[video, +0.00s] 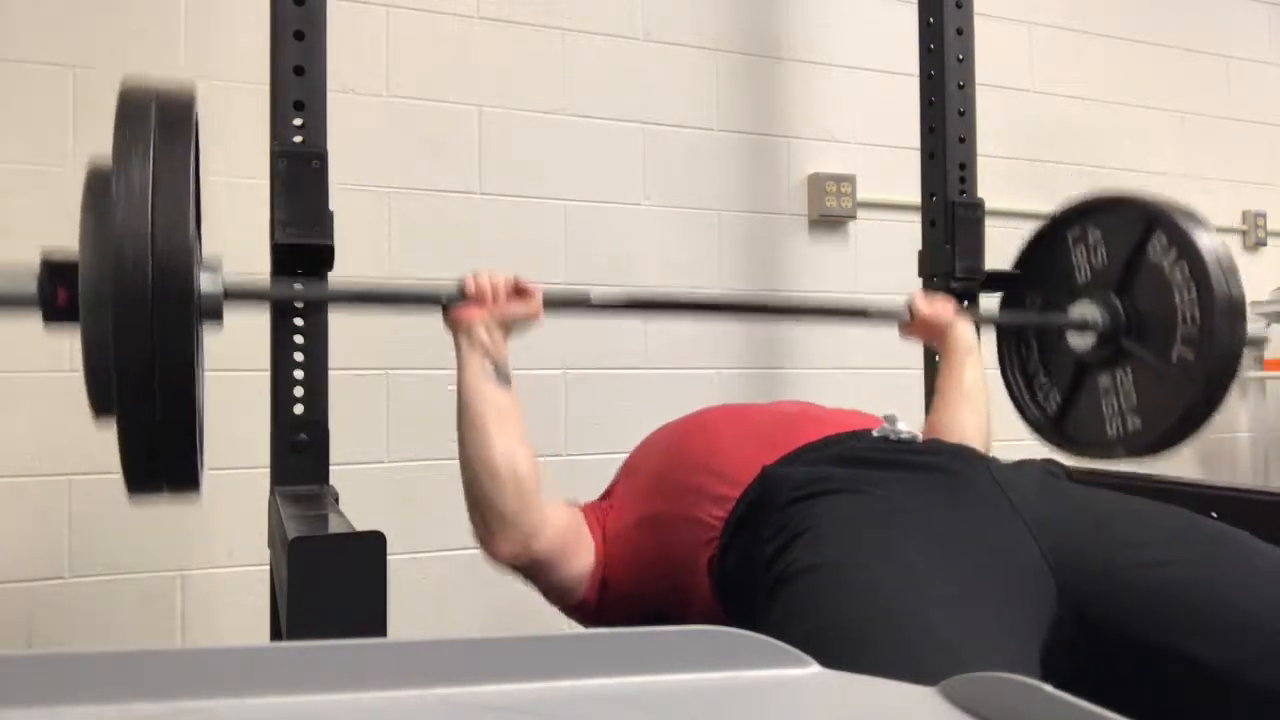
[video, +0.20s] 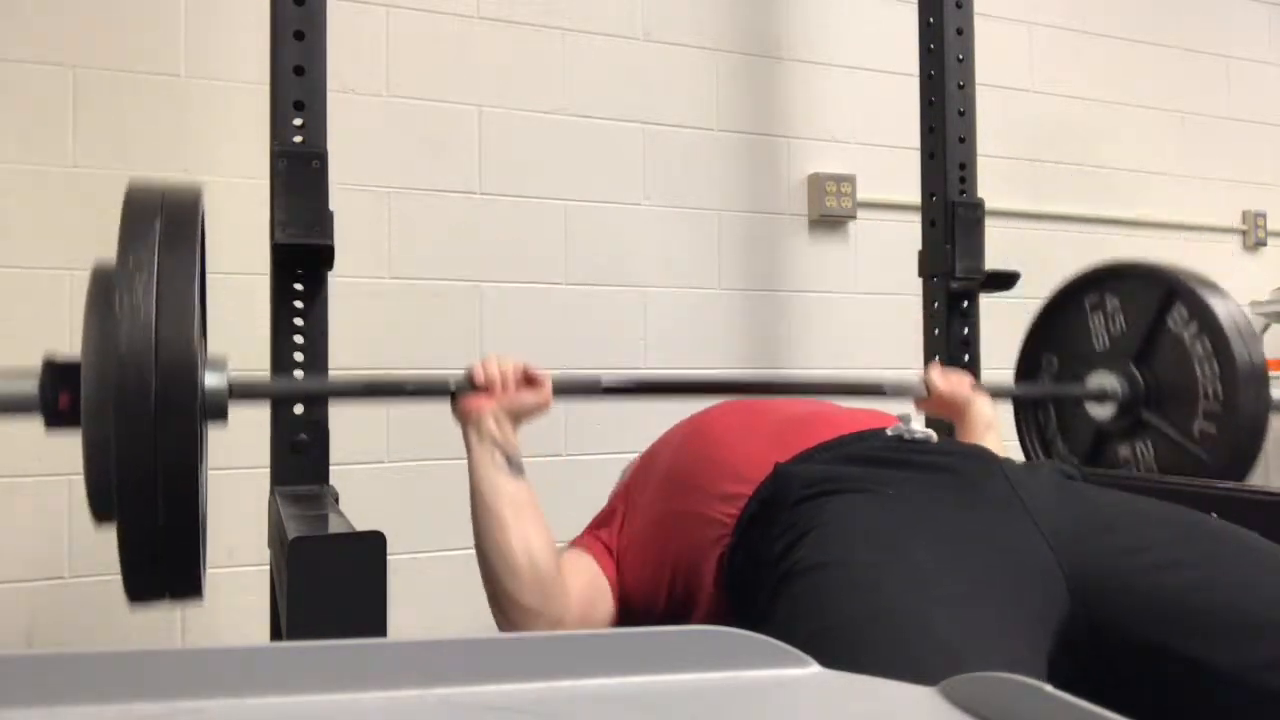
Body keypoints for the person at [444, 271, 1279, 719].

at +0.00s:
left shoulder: (866, 442)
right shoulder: (619, 545)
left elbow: (961, 464)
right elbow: (514, 526)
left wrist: (959, 341)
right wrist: (481, 354)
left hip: (1034, 488)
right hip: (846, 508)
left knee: (1270, 613)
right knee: (931, 672)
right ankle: (980, 702)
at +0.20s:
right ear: (644, 494)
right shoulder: (630, 526)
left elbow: (1021, 519)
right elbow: (544, 619)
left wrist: (978, 422)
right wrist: (491, 447)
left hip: (1019, 479)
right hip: (855, 501)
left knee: (1276, 616)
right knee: (942, 679)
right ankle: (980, 700)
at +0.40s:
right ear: (645, 481)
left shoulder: (857, 422)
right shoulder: (621, 532)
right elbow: (553, 633)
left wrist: (985, 459)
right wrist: (492, 496)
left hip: (1031, 487)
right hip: (853, 502)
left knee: (1270, 604)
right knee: (935, 685)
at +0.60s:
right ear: (645, 496)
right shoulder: (634, 520)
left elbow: (1002, 505)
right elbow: (542, 593)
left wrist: (983, 406)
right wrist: (489, 423)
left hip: (1019, 476)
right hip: (852, 494)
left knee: (1273, 615)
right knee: (938, 677)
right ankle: (981, 702)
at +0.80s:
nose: (759, 423)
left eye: (792, 428)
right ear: (646, 486)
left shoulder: (861, 442)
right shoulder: (617, 543)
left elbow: (958, 456)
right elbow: (520, 502)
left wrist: (964, 333)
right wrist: (482, 338)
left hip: (1037, 487)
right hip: (853, 508)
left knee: (1270, 616)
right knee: (931, 683)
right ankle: (973, 702)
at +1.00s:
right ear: (617, 496)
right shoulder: (606, 529)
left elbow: (922, 418)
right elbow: (523, 432)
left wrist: (950, 288)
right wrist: (478, 273)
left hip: (1013, 479)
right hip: (837, 502)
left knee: (1275, 611)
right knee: (944, 692)